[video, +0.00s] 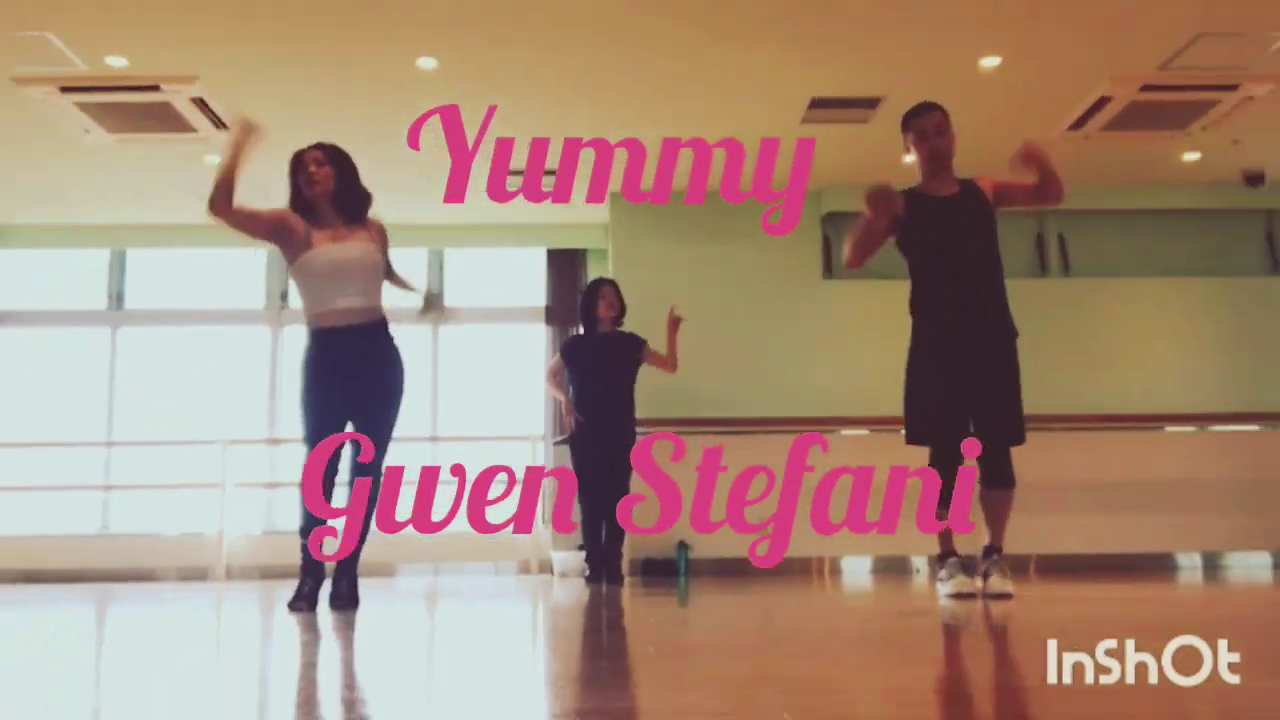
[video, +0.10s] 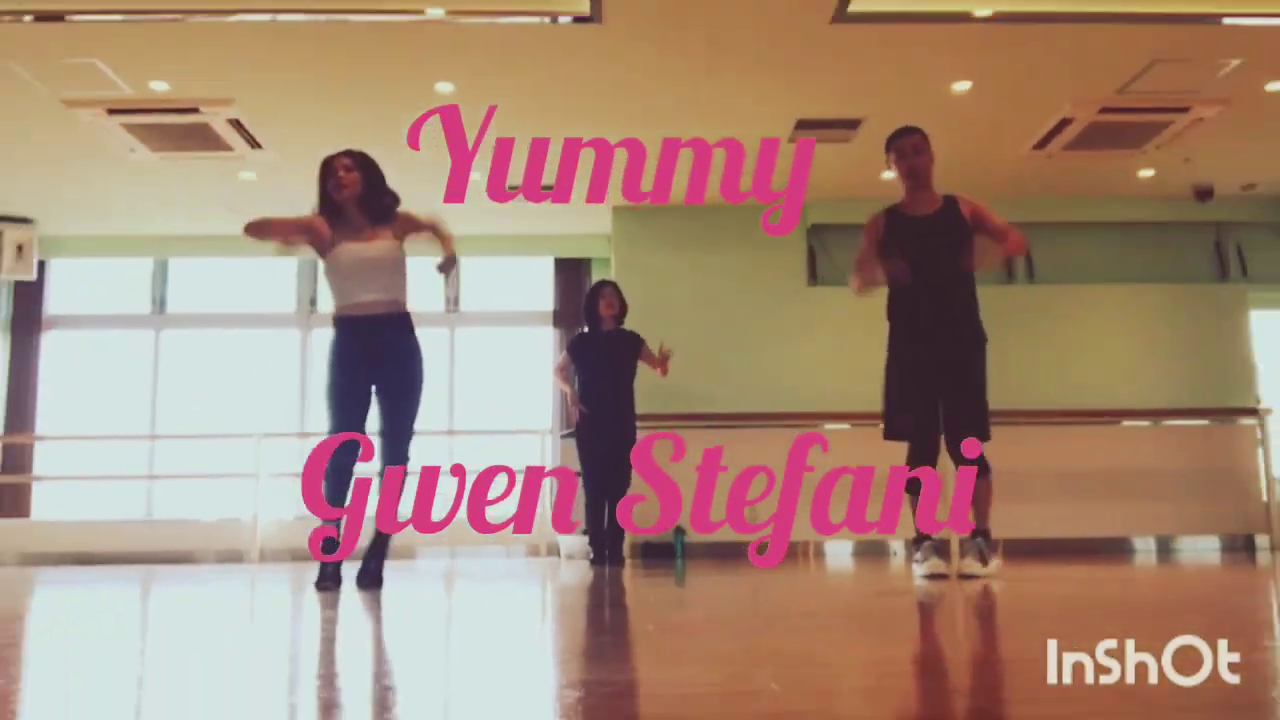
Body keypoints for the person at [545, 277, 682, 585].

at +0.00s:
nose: (610, 303)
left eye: (614, 298)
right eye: (603, 298)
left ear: (621, 305)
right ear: (590, 305)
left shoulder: (630, 343)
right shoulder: (576, 345)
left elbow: (670, 365)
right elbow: (551, 377)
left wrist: (672, 332)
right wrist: (566, 401)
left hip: (620, 432)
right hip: (586, 432)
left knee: (617, 499)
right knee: (591, 501)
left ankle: (613, 563)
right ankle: (594, 564)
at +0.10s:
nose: (610, 303)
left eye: (614, 298)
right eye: (604, 298)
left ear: (621, 304)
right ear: (593, 304)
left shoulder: (630, 339)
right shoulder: (581, 341)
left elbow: (658, 366)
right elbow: (560, 371)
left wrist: (663, 360)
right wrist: (572, 397)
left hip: (622, 423)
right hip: (590, 422)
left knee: (619, 490)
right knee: (595, 490)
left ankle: (616, 548)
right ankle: (597, 548)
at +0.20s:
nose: (610, 305)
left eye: (614, 300)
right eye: (604, 301)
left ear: (622, 305)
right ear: (596, 306)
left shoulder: (632, 337)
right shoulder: (585, 341)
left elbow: (659, 363)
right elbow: (566, 370)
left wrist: (649, 381)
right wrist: (576, 392)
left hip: (623, 415)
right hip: (594, 415)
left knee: (619, 480)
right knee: (597, 479)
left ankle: (617, 534)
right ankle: (599, 535)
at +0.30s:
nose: (611, 311)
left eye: (615, 306)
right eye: (606, 307)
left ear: (623, 311)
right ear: (598, 312)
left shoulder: (633, 340)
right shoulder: (590, 343)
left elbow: (657, 366)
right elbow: (574, 371)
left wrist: (644, 390)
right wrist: (579, 393)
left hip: (624, 413)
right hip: (597, 413)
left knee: (619, 474)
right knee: (600, 473)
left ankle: (618, 528)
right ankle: (602, 527)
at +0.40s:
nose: (613, 322)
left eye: (617, 318)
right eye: (609, 318)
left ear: (625, 323)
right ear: (601, 324)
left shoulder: (634, 351)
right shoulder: (593, 356)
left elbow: (658, 375)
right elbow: (581, 382)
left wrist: (645, 399)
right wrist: (582, 406)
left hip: (626, 419)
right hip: (599, 418)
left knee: (621, 472)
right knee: (601, 471)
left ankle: (619, 522)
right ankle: (603, 522)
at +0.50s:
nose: (614, 326)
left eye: (618, 323)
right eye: (610, 323)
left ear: (625, 327)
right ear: (602, 328)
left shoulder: (635, 354)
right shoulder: (595, 359)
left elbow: (661, 375)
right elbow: (580, 382)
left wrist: (642, 388)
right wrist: (588, 403)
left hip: (628, 418)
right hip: (603, 418)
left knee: (621, 472)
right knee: (603, 471)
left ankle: (619, 522)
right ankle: (604, 524)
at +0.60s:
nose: (614, 308)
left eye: (618, 304)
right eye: (610, 304)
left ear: (626, 308)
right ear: (603, 309)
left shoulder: (634, 333)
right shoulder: (596, 341)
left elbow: (656, 336)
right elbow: (582, 369)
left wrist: (647, 332)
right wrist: (582, 358)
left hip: (638, 403)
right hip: (614, 404)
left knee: (630, 462)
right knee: (612, 461)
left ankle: (622, 517)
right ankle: (608, 518)